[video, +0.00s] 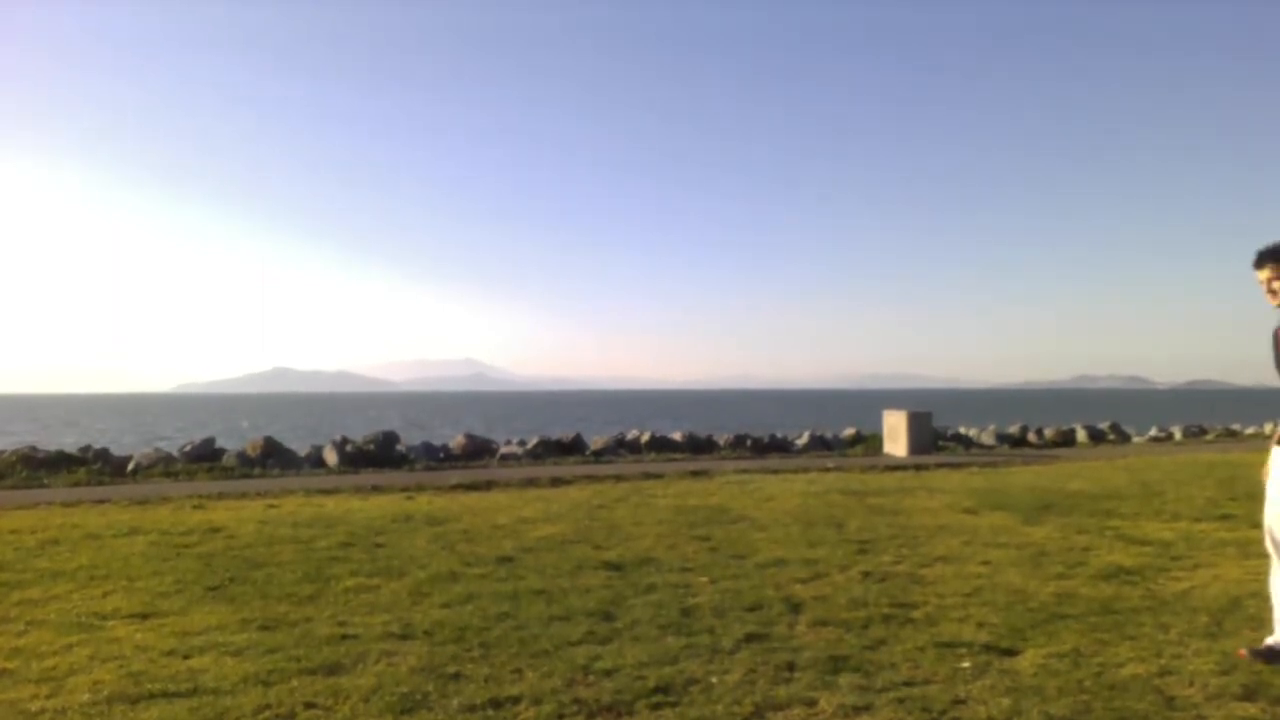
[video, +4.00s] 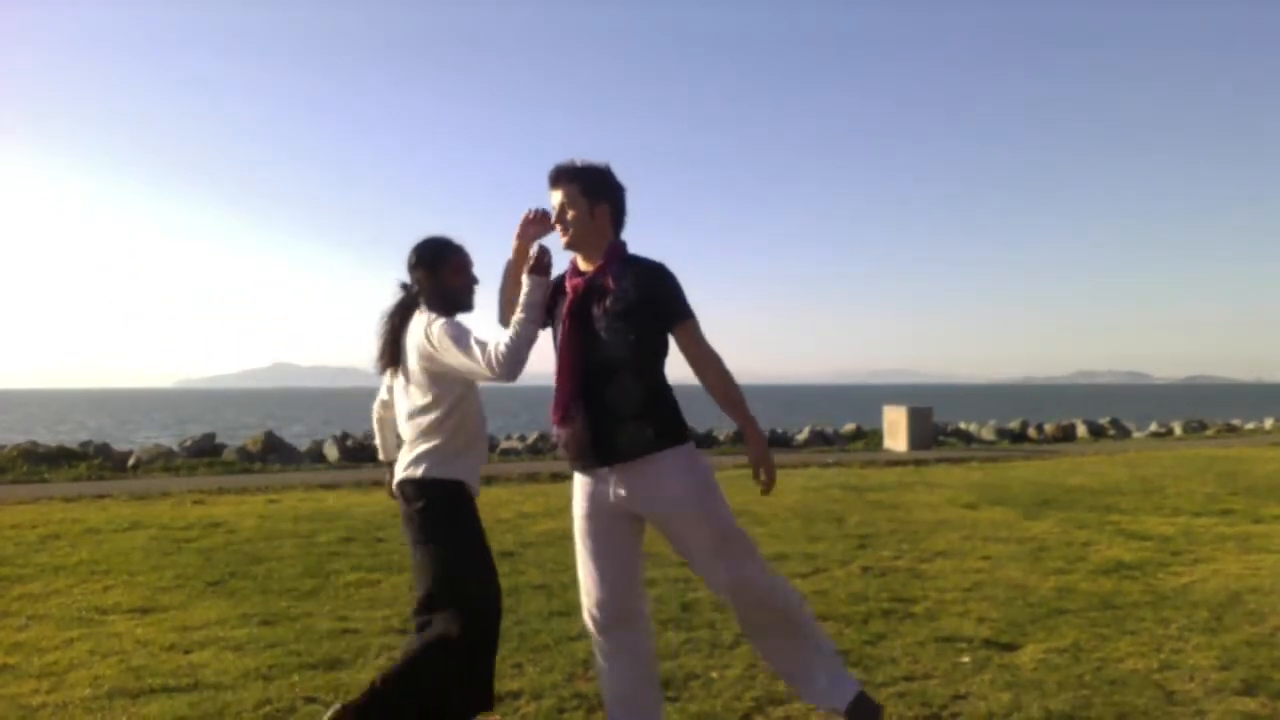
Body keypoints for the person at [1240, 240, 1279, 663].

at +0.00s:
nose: (1270, 292)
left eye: (1274, 283)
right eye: (1266, 285)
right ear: (1261, 286)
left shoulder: (1276, 334)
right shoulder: (1274, 335)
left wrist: (1273, 447)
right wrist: (1274, 446)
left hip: (1277, 443)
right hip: (1277, 443)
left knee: (1274, 530)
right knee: (1272, 531)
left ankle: (1277, 631)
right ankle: (1276, 630)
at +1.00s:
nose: (1106, 271)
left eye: (1115, 263)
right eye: (1102, 264)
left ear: (1143, 262)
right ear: (1101, 268)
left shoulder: (1164, 316)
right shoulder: (1116, 314)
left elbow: (1165, 391)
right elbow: (1120, 380)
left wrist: (1137, 447)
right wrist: (1106, 432)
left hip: (1146, 450)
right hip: (1103, 443)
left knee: (1140, 553)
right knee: (1064, 526)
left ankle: (1148, 653)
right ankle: (1120, 605)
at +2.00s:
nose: (896, 265)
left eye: (905, 257)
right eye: (892, 258)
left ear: (934, 257)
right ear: (891, 261)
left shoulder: (958, 316)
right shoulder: (893, 320)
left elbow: (987, 391)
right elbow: (884, 389)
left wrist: (994, 460)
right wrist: (853, 440)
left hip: (929, 455)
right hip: (890, 453)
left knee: (883, 554)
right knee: (917, 565)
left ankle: (849, 677)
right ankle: (954, 669)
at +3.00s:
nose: (720, 258)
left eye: (728, 249)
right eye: (717, 251)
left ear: (761, 248)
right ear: (724, 254)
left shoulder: (781, 307)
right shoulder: (737, 310)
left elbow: (770, 391)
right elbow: (742, 390)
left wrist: (713, 449)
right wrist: (726, 451)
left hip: (771, 471)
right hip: (724, 466)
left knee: (773, 592)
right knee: (679, 581)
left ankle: (795, 704)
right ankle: (630, 699)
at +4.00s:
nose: (556, 220)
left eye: (567, 210)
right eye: (554, 212)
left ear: (605, 212)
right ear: (557, 219)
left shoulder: (646, 277)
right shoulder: (558, 287)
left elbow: (700, 357)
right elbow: (510, 317)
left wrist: (750, 430)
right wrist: (520, 249)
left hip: (662, 462)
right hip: (593, 473)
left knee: (743, 581)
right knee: (607, 618)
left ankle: (844, 696)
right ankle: (632, 715)